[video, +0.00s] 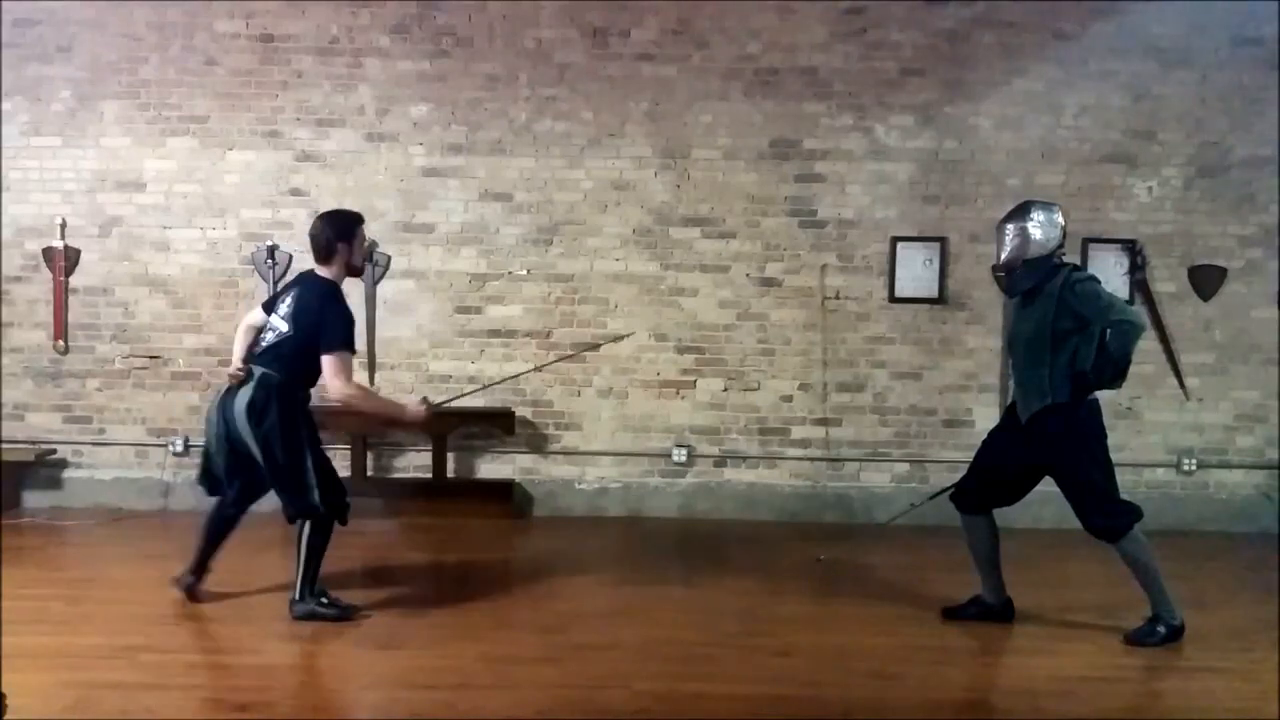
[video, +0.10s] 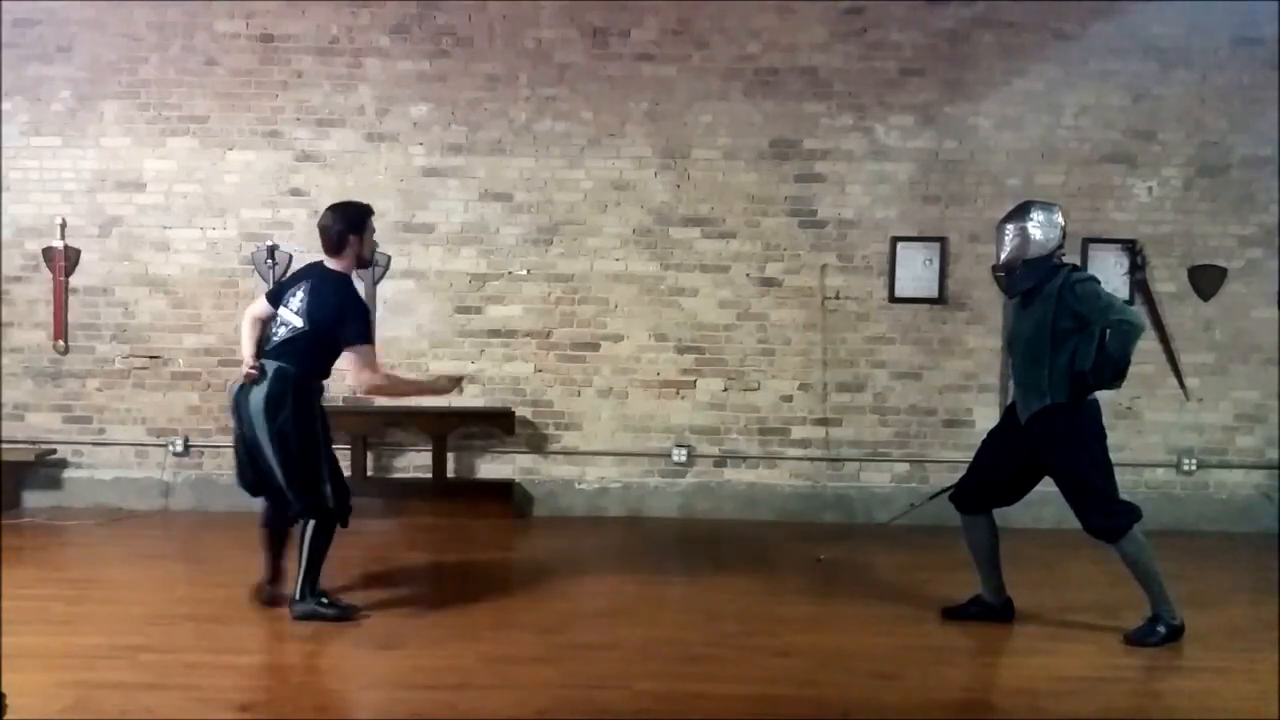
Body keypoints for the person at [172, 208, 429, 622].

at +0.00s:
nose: (366, 249)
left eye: (365, 241)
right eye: (361, 242)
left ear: (322, 248)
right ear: (341, 248)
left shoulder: (297, 285)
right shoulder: (334, 307)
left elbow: (248, 323)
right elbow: (340, 389)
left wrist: (238, 363)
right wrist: (402, 410)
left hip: (238, 398)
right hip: (272, 407)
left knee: (247, 484)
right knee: (325, 496)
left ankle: (192, 574)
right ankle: (306, 595)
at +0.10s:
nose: (373, 241)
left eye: (371, 234)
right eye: (369, 235)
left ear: (328, 240)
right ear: (353, 241)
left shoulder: (302, 276)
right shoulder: (349, 300)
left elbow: (254, 313)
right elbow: (366, 380)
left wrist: (249, 358)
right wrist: (432, 386)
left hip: (251, 393)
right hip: (286, 399)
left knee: (280, 494)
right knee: (329, 498)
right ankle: (306, 596)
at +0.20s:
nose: (381, 235)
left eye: (379, 227)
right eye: (377, 228)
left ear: (337, 235)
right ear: (361, 235)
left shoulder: (307, 269)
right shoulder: (361, 292)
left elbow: (259, 310)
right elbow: (394, 367)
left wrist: (262, 355)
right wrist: (457, 358)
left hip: (270, 387)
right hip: (305, 391)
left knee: (317, 492)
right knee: (328, 495)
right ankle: (306, 596)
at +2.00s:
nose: (603, 293)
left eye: (599, 286)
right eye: (597, 287)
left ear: (561, 297)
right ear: (583, 294)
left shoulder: (536, 337)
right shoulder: (593, 340)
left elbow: (487, 366)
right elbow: (655, 369)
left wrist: (497, 403)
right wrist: (718, 382)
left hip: (493, 434)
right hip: (532, 439)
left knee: (452, 502)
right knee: (607, 496)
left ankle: (382, 559)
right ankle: (601, 581)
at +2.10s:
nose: (565, 276)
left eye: (562, 268)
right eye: (560, 269)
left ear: (524, 279)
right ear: (546, 276)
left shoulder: (504, 321)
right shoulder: (558, 323)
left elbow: (456, 362)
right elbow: (619, 351)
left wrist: (471, 396)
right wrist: (678, 367)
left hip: (471, 427)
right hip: (512, 430)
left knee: (446, 500)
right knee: (586, 496)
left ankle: (389, 570)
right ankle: (603, 580)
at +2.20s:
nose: (527, 260)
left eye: (525, 252)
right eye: (522, 252)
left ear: (489, 260)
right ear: (506, 258)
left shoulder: (465, 304)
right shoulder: (514, 305)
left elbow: (423, 352)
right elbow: (573, 338)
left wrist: (439, 383)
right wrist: (632, 363)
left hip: (444, 416)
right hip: (483, 418)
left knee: (430, 497)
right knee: (553, 497)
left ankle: (387, 573)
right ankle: (591, 577)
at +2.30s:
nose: (495, 248)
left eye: (493, 240)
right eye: (490, 241)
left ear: (457, 249)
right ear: (472, 247)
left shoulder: (436, 292)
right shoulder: (482, 294)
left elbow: (393, 339)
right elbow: (536, 335)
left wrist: (403, 366)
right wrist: (589, 366)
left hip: (418, 403)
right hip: (452, 404)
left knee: (418, 491)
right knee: (510, 487)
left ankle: (386, 572)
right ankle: (539, 575)